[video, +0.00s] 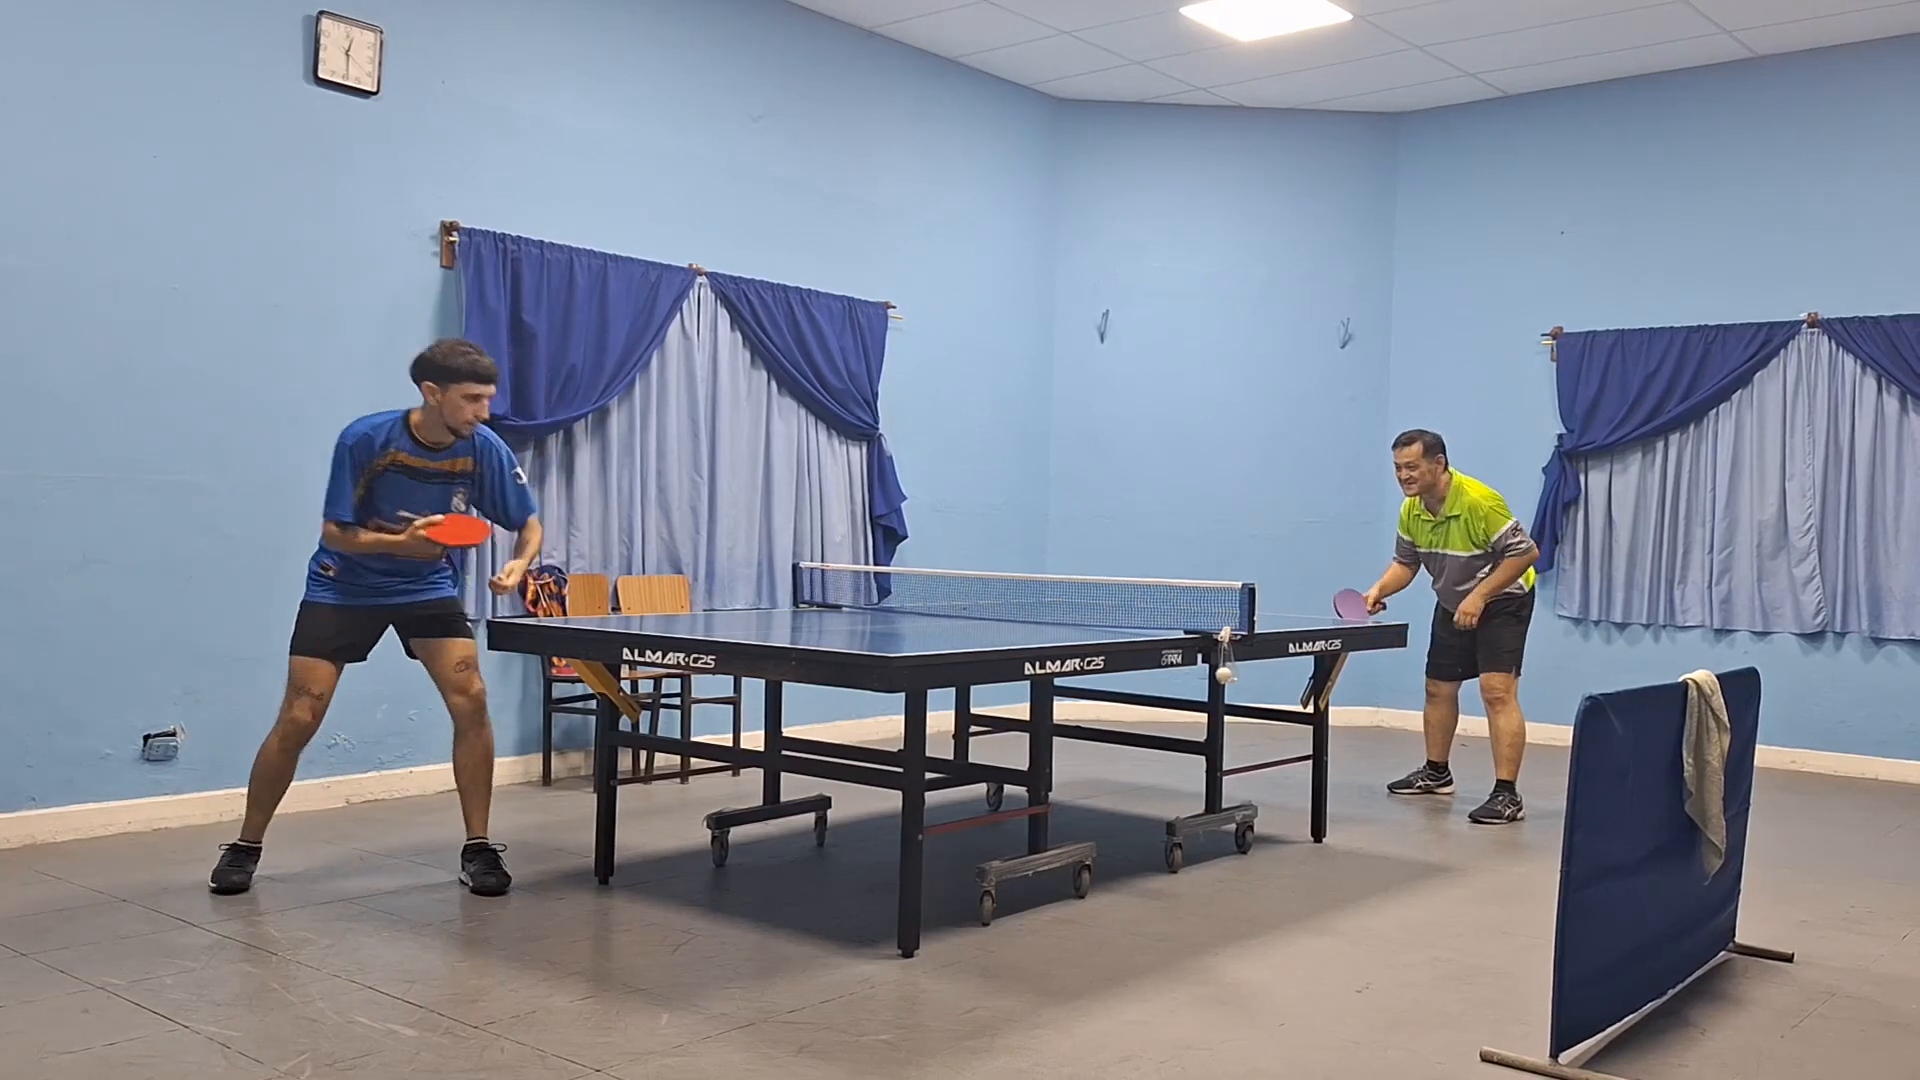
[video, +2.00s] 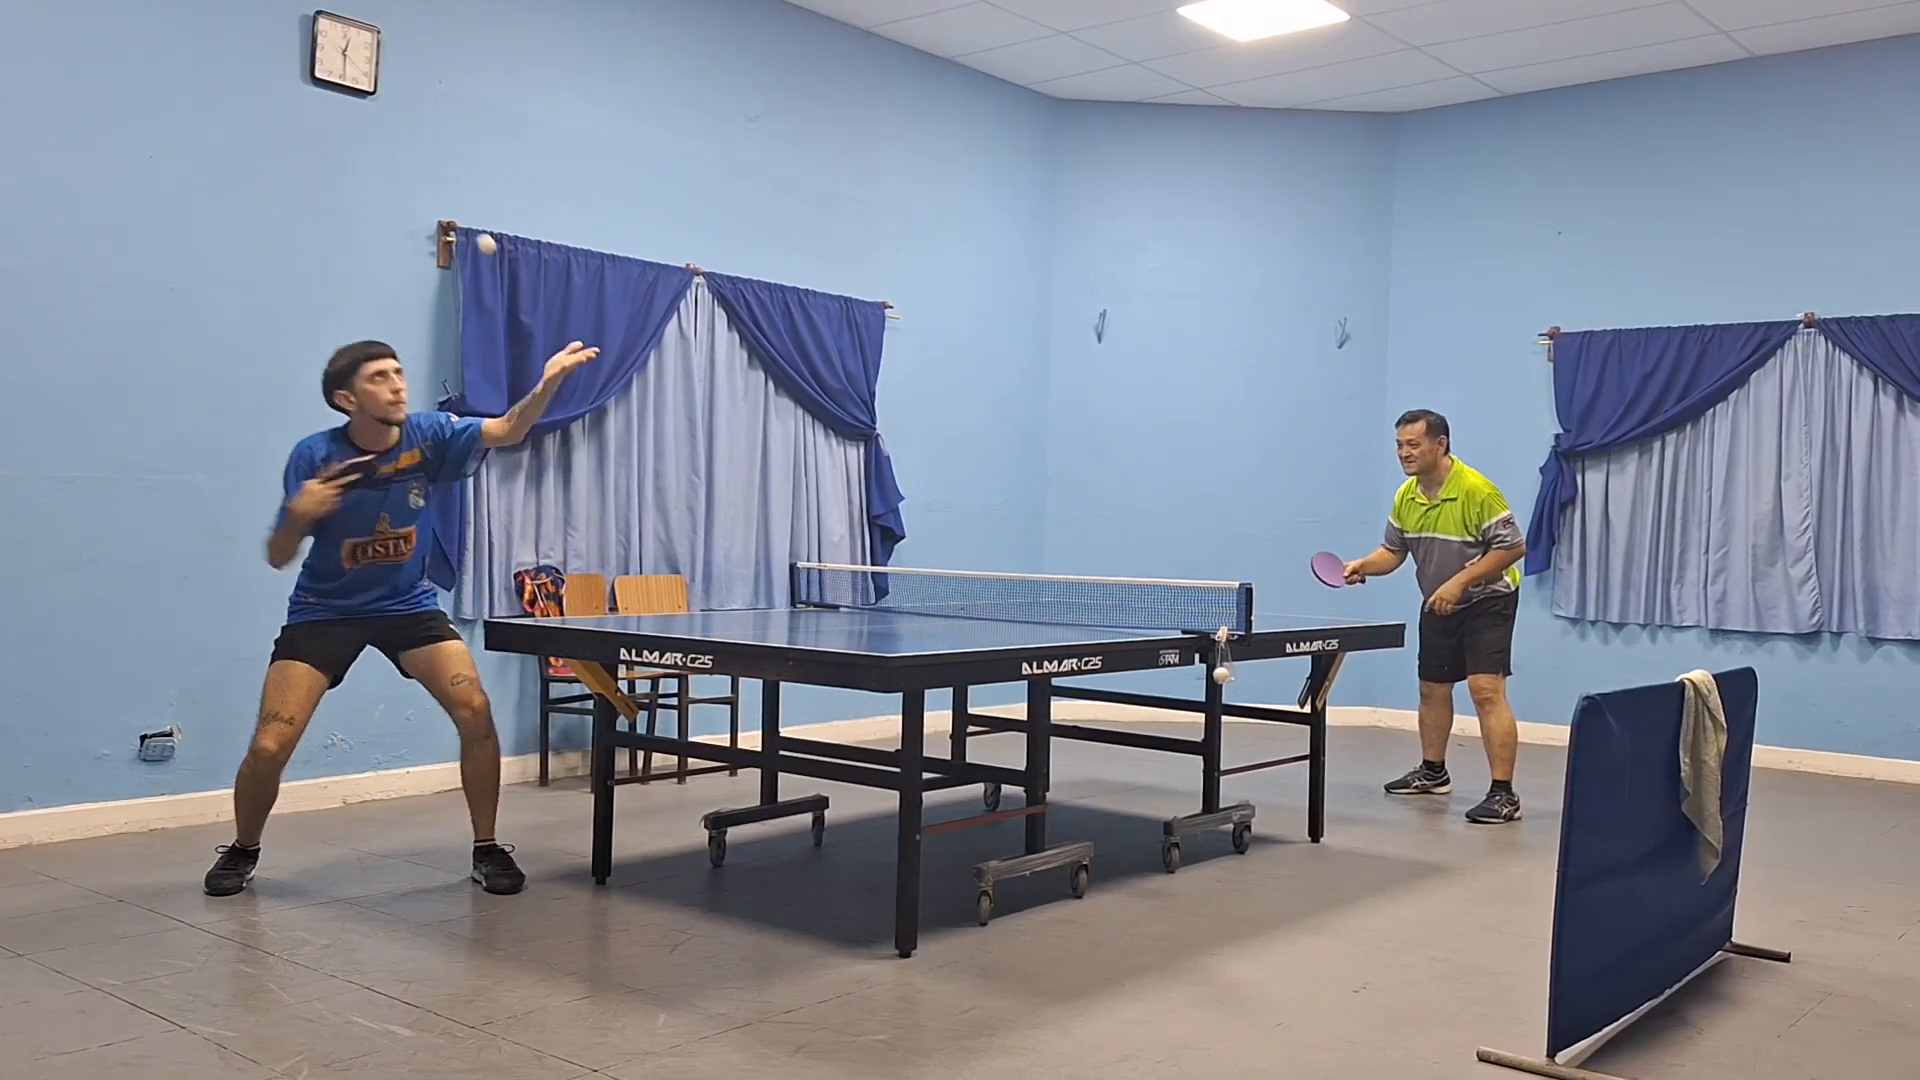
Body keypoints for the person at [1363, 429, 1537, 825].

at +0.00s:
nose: (1403, 474)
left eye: (1412, 467)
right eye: (1399, 468)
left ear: (1440, 465)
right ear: (1396, 469)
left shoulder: (1479, 502)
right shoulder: (1411, 510)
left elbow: (1525, 551)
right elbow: (1405, 562)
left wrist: (1479, 594)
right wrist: (1381, 589)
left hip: (1504, 599)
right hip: (1453, 602)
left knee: (1497, 690)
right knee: (1438, 687)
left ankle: (1506, 793)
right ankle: (1436, 771)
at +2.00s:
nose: (1404, 452)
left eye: (1413, 445)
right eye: (1400, 445)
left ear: (1441, 445)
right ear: (1398, 448)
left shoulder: (1475, 490)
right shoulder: (1406, 495)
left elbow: (1513, 545)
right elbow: (1393, 550)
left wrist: (1460, 582)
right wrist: (1365, 565)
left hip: (1486, 604)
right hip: (1437, 607)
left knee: (1486, 690)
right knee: (1433, 688)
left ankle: (1503, 792)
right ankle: (1433, 771)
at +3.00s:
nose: (1401, 450)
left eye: (1410, 441)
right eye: (1395, 442)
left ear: (1436, 441)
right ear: (1391, 445)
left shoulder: (1478, 485)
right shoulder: (1388, 493)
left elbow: (1510, 545)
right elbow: (1361, 548)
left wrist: (1476, 592)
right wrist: (1338, 559)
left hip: (1470, 610)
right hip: (1407, 607)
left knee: (1478, 699)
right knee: (1373, 684)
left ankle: (1492, 789)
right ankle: (1369, 761)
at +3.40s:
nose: (1404, 468)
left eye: (1415, 460)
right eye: (1397, 459)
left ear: (1438, 460)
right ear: (1389, 457)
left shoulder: (1461, 499)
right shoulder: (1377, 498)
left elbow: (1484, 552)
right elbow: (1344, 528)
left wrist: (1496, 603)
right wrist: (1327, 538)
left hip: (1445, 617)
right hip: (1381, 616)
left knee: (1472, 702)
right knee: (1374, 695)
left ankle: (1485, 788)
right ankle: (1356, 794)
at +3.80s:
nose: (1401, 444)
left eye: (1411, 435)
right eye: (1397, 436)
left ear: (1439, 438)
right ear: (1395, 442)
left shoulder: (1480, 487)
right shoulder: (1396, 495)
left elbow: (1525, 541)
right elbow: (1379, 546)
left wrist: (1484, 591)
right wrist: (1338, 561)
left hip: (1479, 614)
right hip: (1417, 613)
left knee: (1501, 704)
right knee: (1387, 690)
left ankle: (1526, 796)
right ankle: (1356, 786)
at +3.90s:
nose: (1400, 443)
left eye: (1408, 434)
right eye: (1397, 436)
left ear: (1438, 436)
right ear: (1398, 442)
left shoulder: (1471, 479)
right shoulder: (1413, 492)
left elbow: (1502, 535)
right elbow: (1404, 552)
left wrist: (1437, 561)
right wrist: (1362, 572)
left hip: (1489, 608)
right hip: (1432, 608)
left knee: (1503, 704)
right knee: (1391, 682)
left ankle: (1526, 796)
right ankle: (1398, 775)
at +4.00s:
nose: (1399, 458)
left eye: (1405, 449)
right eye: (1395, 452)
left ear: (1433, 446)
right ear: (1395, 457)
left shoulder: (1462, 482)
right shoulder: (1426, 500)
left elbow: (1441, 549)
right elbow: (1426, 571)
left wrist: (1395, 548)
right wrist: (1386, 608)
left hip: (1494, 607)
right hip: (1446, 611)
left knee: (1494, 705)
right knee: (1407, 685)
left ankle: (1528, 797)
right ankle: (1428, 763)